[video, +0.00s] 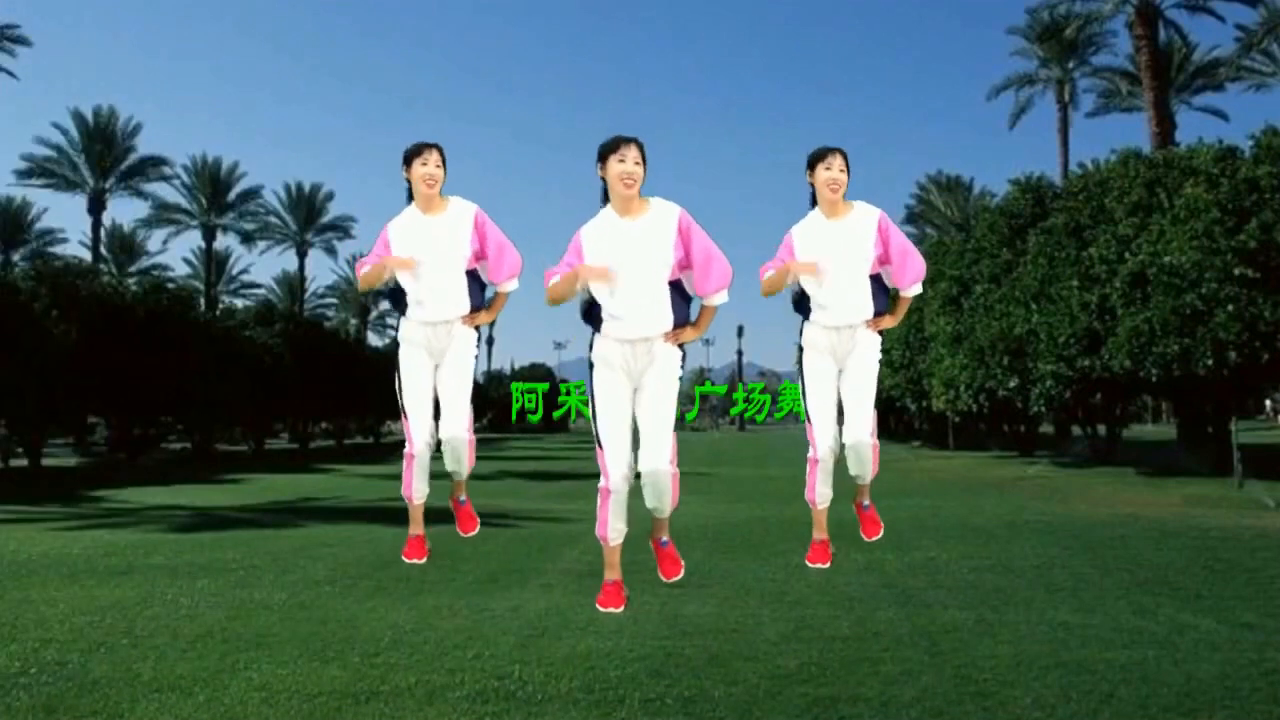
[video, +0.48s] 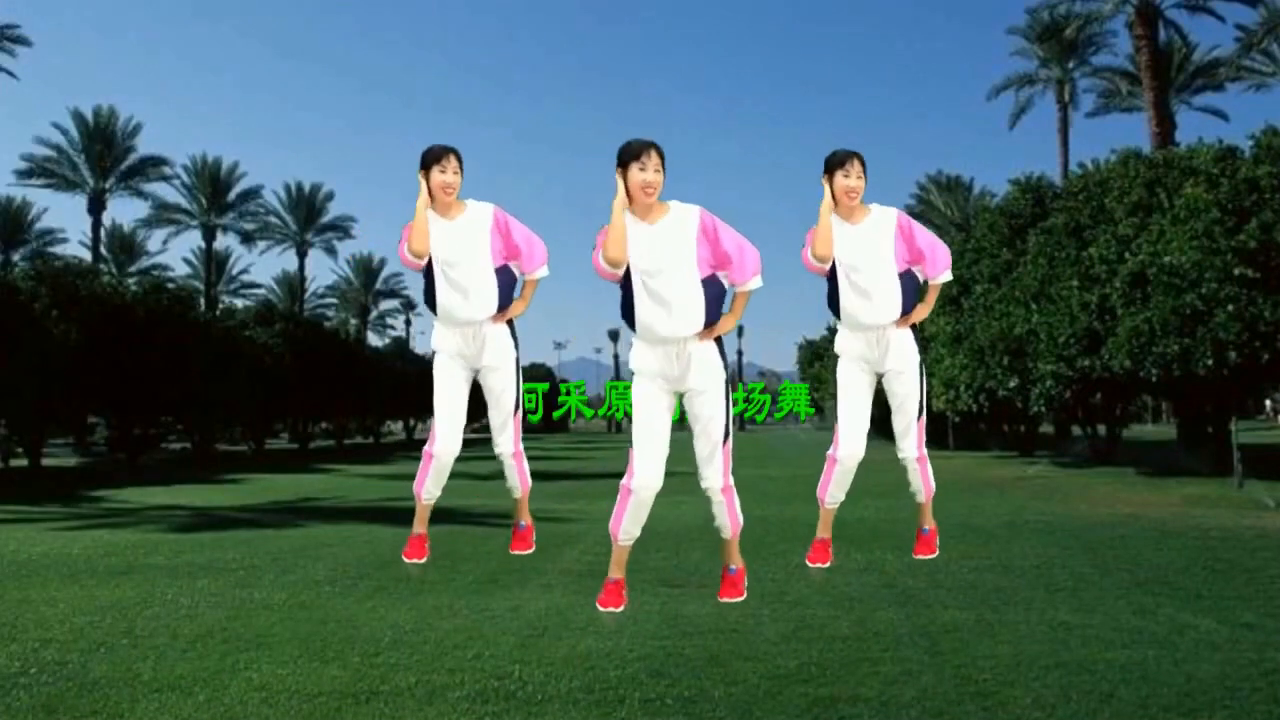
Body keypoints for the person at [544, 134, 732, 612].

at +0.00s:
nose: (630, 168)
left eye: (636, 162)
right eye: (620, 161)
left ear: (645, 172)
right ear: (603, 172)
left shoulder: (671, 218)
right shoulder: (591, 233)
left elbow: (716, 272)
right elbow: (553, 294)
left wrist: (698, 327)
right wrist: (578, 276)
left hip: (661, 349)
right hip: (611, 350)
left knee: (657, 463)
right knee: (616, 465)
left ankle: (661, 536)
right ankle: (611, 574)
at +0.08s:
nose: (632, 160)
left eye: (638, 152)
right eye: (622, 152)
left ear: (647, 161)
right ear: (604, 160)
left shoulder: (671, 205)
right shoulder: (591, 216)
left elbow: (720, 256)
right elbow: (555, 268)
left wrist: (703, 310)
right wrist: (586, 213)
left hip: (667, 338)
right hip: (617, 342)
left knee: (673, 458)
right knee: (619, 461)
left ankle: (682, 532)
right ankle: (611, 575)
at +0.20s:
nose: (635, 154)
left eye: (642, 147)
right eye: (627, 146)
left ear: (652, 154)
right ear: (609, 152)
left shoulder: (676, 194)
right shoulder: (598, 202)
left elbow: (731, 239)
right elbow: (581, 229)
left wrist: (715, 292)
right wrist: (591, 171)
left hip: (681, 323)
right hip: (630, 327)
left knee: (698, 451)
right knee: (626, 455)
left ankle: (723, 546)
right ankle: (612, 573)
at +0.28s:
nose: (639, 162)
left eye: (646, 155)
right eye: (631, 154)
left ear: (655, 161)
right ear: (613, 160)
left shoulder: (681, 201)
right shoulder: (602, 209)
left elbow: (736, 243)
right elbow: (600, 238)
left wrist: (720, 297)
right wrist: (605, 175)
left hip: (687, 327)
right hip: (637, 332)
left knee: (704, 454)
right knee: (632, 460)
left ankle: (731, 555)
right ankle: (613, 572)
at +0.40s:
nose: (648, 187)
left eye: (654, 180)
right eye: (639, 179)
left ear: (663, 186)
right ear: (621, 187)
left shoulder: (692, 228)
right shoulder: (614, 239)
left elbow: (746, 269)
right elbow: (621, 269)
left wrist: (732, 325)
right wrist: (620, 209)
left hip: (702, 363)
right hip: (650, 368)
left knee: (709, 485)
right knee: (646, 483)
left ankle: (733, 566)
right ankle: (615, 577)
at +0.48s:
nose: (650, 176)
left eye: (656, 169)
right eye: (640, 169)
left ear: (664, 177)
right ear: (623, 178)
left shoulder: (693, 219)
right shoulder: (617, 230)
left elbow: (747, 262)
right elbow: (614, 263)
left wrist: (731, 317)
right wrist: (620, 201)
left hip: (701, 356)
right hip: (650, 360)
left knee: (714, 475)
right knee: (644, 477)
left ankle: (734, 565)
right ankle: (616, 575)